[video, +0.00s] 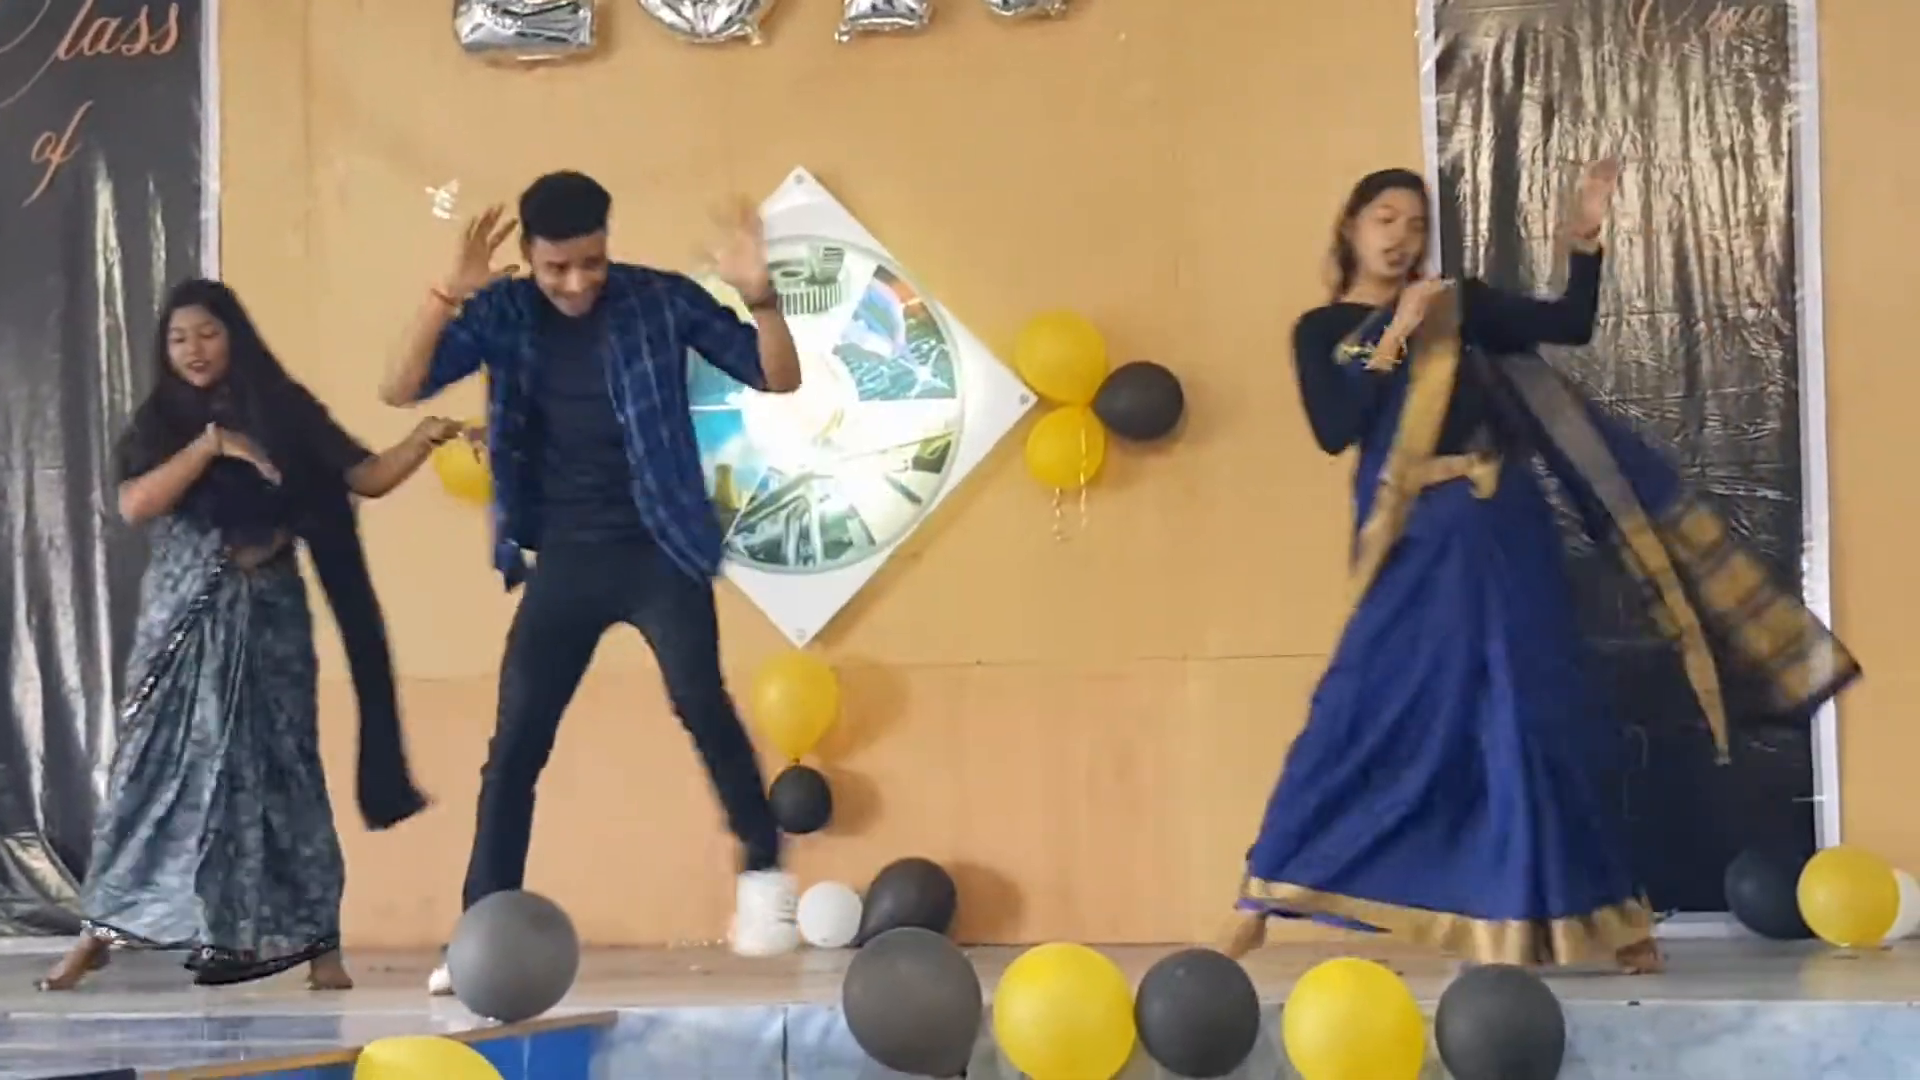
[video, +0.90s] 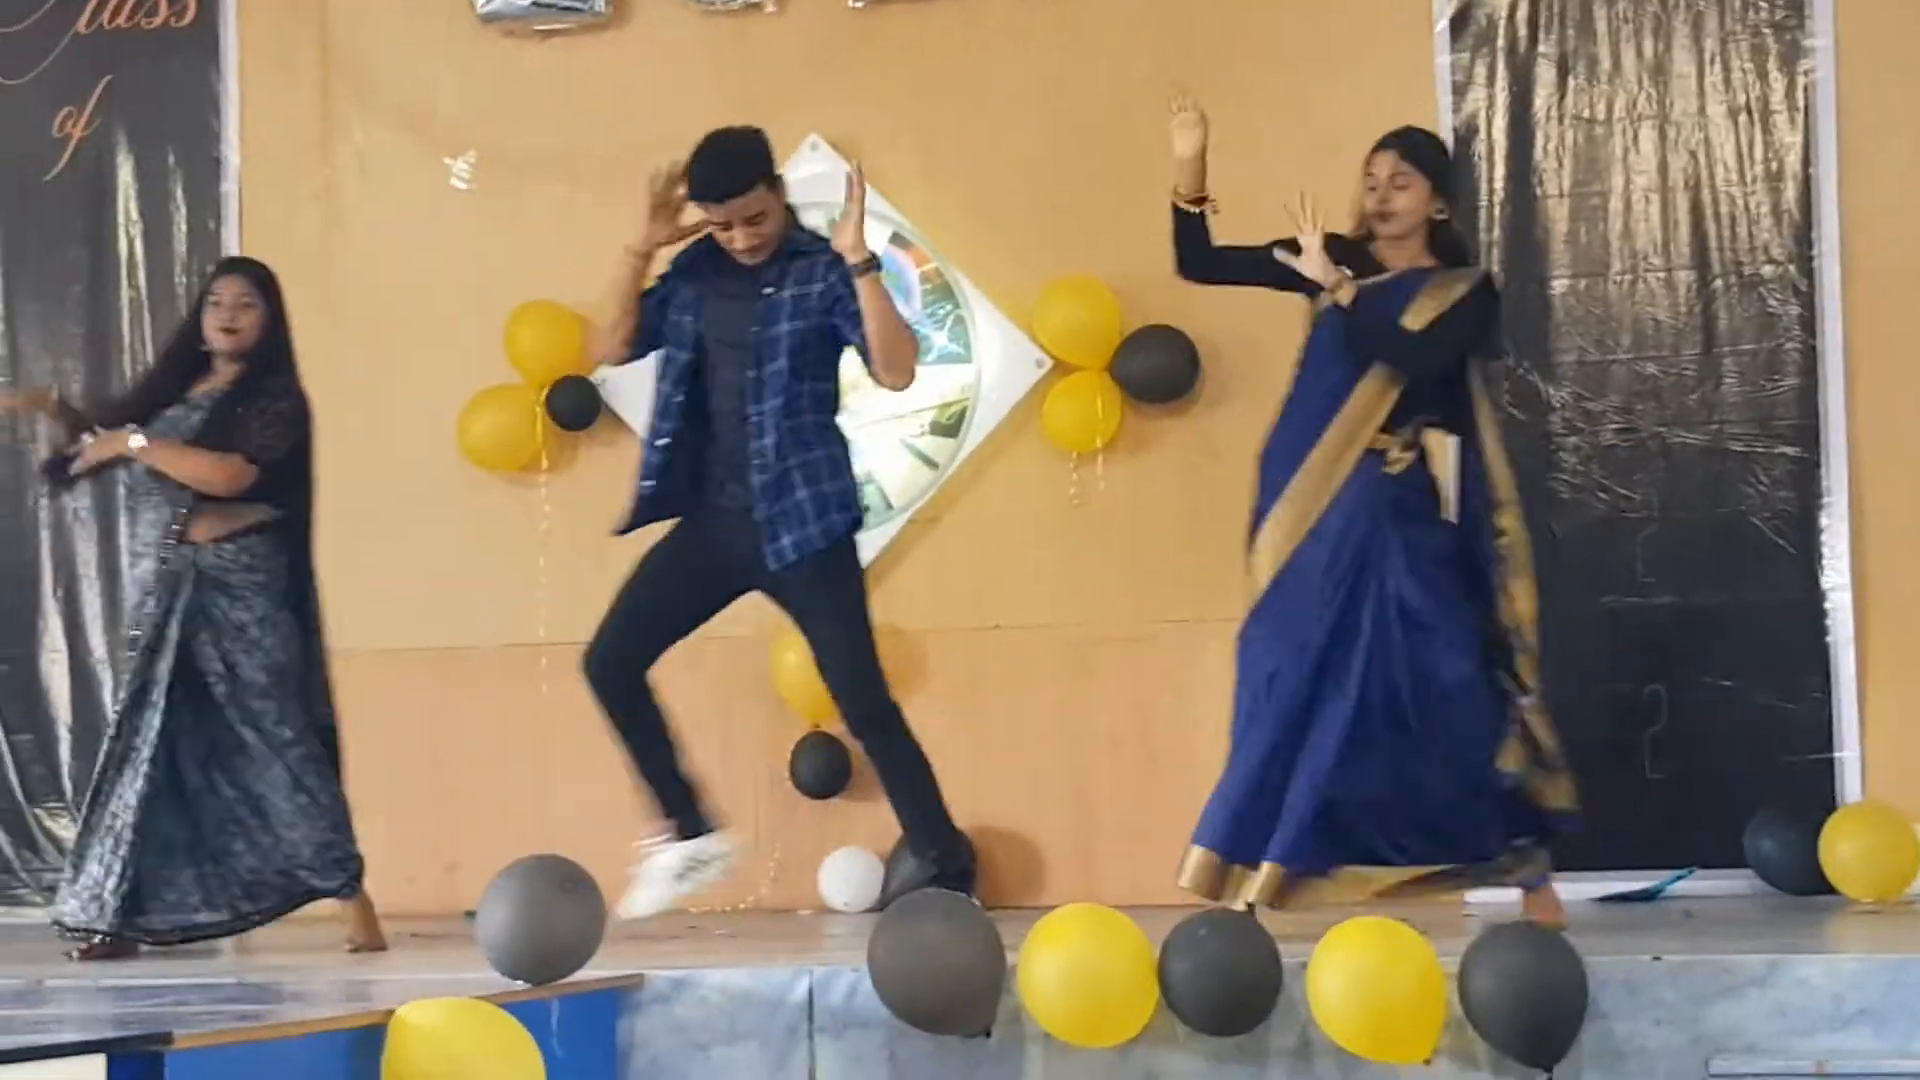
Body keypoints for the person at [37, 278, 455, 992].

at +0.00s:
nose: (193, 351)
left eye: (206, 335)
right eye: (179, 339)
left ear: (236, 337)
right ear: (165, 347)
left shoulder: (280, 404)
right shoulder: (159, 418)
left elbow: (368, 478)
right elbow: (134, 505)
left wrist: (421, 439)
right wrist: (203, 450)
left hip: (272, 611)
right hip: (185, 613)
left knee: (287, 767)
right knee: (149, 764)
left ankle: (322, 941)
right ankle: (99, 929)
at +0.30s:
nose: (113, 354)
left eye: (128, 341)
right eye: (100, 342)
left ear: (153, 349)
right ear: (83, 352)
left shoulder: (191, 420)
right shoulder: (59, 429)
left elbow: (280, 466)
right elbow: (60, 506)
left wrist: (356, 442)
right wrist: (166, 482)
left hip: (183, 627)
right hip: (91, 631)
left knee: (195, 769)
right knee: (80, 774)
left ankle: (223, 917)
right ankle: (83, 934)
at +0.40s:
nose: (102, 352)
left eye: (118, 339)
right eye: (90, 340)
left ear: (145, 350)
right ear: (72, 353)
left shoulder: (184, 424)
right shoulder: (53, 432)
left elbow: (259, 499)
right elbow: (40, 529)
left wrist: (309, 465)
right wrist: (127, 487)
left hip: (170, 624)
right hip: (83, 628)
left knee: (160, 772)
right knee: (74, 773)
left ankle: (153, 934)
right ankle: (74, 937)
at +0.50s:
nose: (104, 355)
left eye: (121, 344)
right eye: (93, 342)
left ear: (148, 356)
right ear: (77, 355)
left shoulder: (189, 439)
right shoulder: (56, 441)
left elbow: (217, 545)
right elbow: (31, 546)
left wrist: (237, 508)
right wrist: (69, 486)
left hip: (169, 628)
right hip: (86, 628)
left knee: (148, 775)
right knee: (70, 771)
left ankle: (136, 939)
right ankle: (61, 938)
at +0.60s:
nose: (125, 337)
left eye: (142, 327)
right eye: (115, 324)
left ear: (168, 341)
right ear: (96, 336)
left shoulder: (193, 422)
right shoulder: (71, 420)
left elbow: (217, 532)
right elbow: (21, 521)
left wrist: (189, 482)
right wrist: (10, 453)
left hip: (176, 617)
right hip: (94, 617)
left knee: (167, 757)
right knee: (84, 755)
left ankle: (130, 919)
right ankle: (68, 923)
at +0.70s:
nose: (160, 317)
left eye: (176, 307)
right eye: (149, 304)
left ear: (200, 321)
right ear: (128, 315)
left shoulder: (216, 400)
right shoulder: (98, 392)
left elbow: (225, 499)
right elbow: (28, 475)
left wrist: (151, 440)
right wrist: (9, 408)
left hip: (203, 603)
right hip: (123, 602)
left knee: (219, 744)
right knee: (114, 746)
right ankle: (98, 916)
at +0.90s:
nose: (227, 316)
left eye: (244, 306)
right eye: (216, 304)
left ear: (270, 319)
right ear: (198, 316)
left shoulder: (278, 401)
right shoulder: (179, 391)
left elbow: (232, 475)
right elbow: (108, 430)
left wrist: (137, 445)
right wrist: (49, 407)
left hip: (249, 588)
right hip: (179, 586)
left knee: (281, 738)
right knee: (148, 739)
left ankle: (350, 894)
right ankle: (116, 916)